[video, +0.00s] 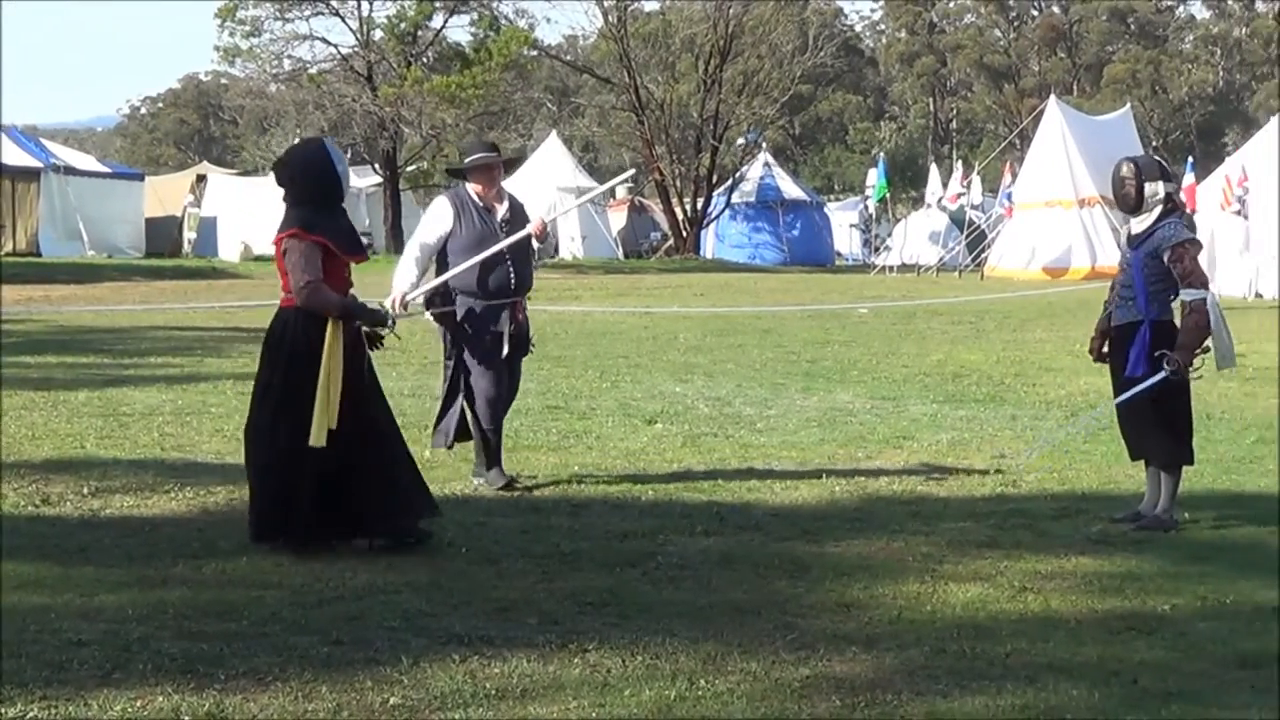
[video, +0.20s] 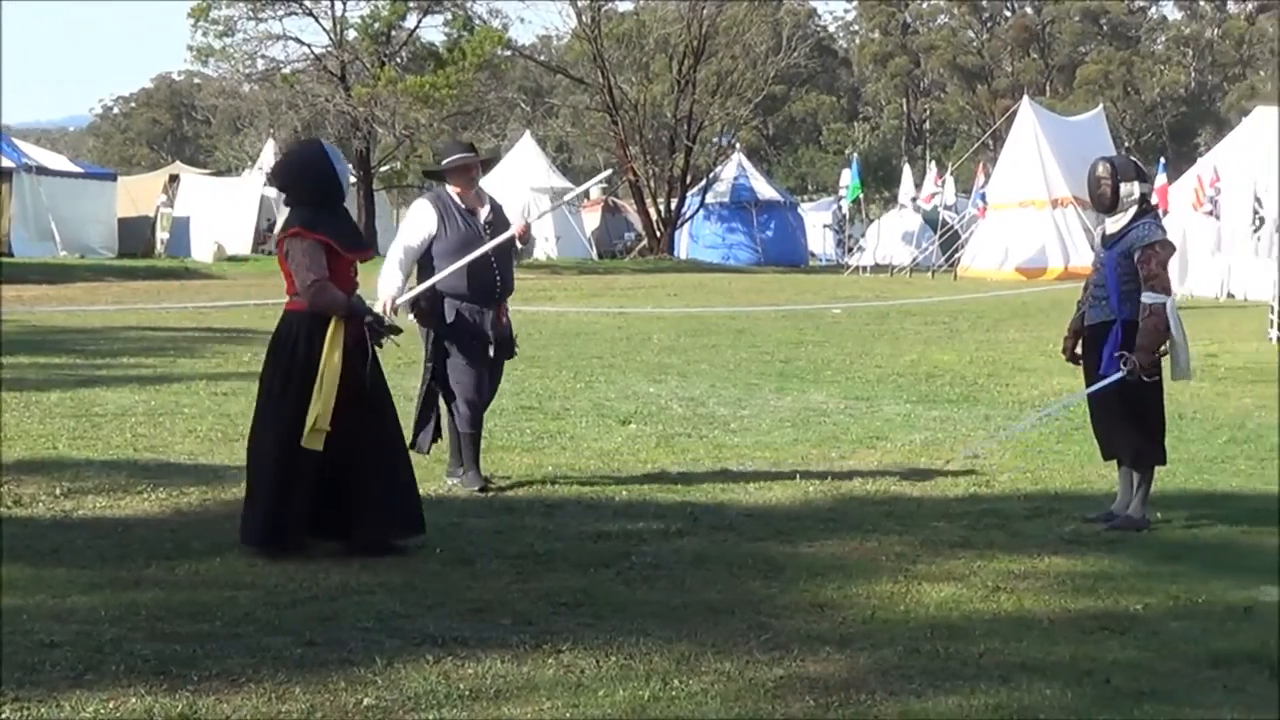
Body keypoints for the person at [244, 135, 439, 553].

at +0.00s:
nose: (345, 180)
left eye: (342, 172)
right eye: (338, 172)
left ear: (301, 181)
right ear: (320, 179)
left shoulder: (321, 226)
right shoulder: (300, 229)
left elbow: (326, 288)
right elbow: (308, 291)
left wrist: (358, 320)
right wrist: (360, 310)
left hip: (331, 334)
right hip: (308, 336)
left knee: (346, 425)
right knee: (312, 429)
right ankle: (311, 523)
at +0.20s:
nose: (342, 181)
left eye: (339, 174)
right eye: (336, 174)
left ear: (300, 184)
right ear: (321, 181)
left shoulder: (324, 224)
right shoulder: (302, 230)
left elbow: (335, 287)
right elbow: (314, 290)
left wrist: (366, 316)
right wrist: (361, 311)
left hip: (338, 332)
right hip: (313, 334)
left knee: (352, 426)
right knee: (312, 427)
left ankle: (361, 524)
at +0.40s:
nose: (346, 179)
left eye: (342, 171)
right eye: (340, 172)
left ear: (301, 180)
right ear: (326, 177)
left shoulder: (326, 226)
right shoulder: (302, 230)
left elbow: (336, 287)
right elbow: (319, 290)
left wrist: (365, 315)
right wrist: (367, 313)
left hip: (336, 330)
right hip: (313, 333)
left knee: (344, 428)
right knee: (314, 430)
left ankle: (345, 525)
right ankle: (317, 527)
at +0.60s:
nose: (340, 174)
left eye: (336, 167)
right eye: (334, 167)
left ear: (290, 178)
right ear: (319, 174)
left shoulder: (311, 225)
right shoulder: (303, 230)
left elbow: (329, 290)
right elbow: (322, 294)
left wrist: (357, 318)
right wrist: (359, 323)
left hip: (315, 333)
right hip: (311, 336)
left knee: (312, 435)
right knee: (325, 436)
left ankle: (308, 533)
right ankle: (337, 538)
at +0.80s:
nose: (342, 176)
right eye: (336, 169)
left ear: (285, 180)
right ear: (325, 176)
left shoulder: (283, 225)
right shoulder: (316, 229)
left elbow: (296, 292)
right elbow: (337, 300)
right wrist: (362, 337)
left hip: (286, 334)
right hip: (319, 338)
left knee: (296, 437)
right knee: (329, 438)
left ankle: (300, 535)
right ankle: (352, 539)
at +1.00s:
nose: (351, 180)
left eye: (348, 172)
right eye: (347, 173)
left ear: (290, 180)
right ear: (337, 179)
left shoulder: (279, 230)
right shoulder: (331, 234)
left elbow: (284, 293)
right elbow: (351, 303)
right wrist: (374, 337)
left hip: (286, 336)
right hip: (329, 339)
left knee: (296, 434)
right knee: (342, 435)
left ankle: (291, 532)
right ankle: (353, 541)